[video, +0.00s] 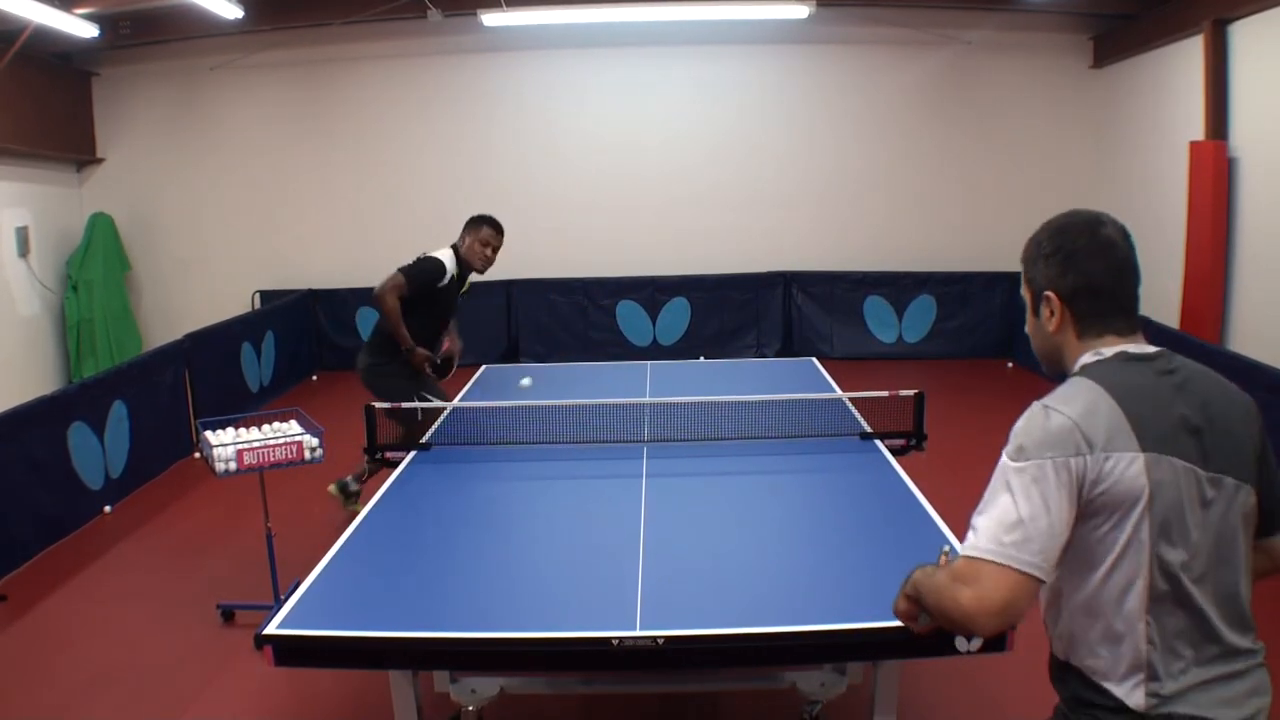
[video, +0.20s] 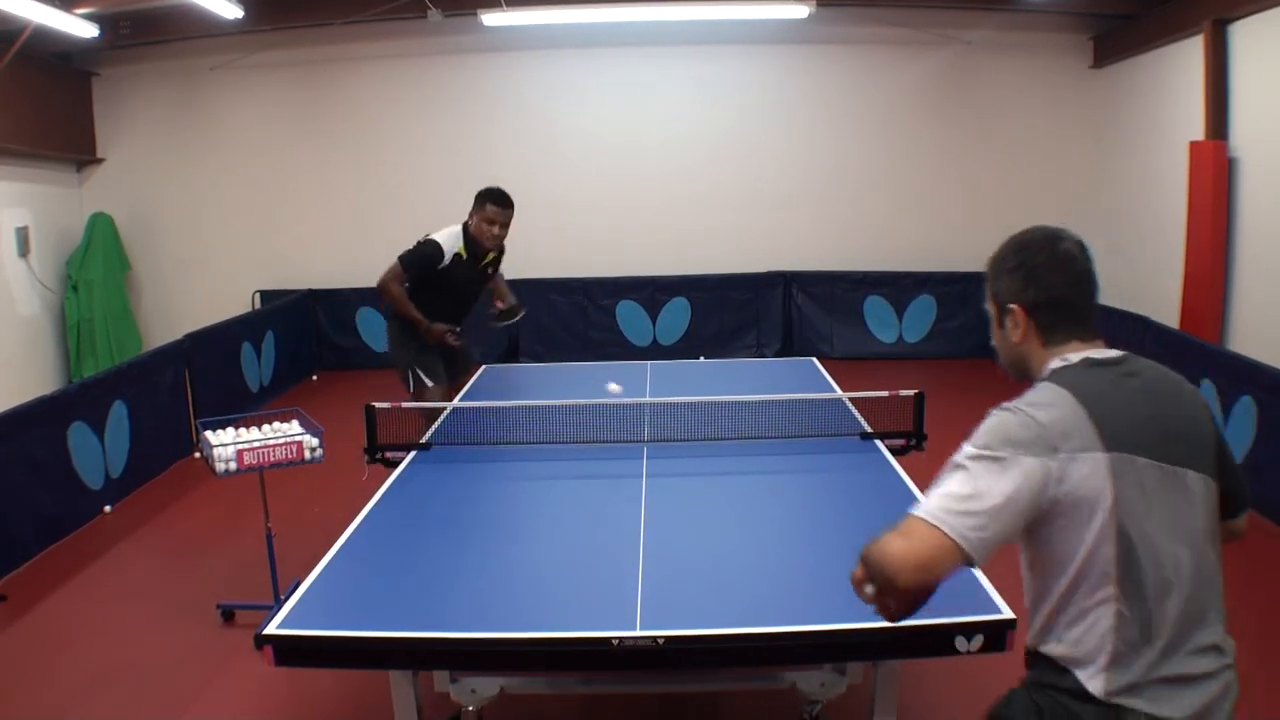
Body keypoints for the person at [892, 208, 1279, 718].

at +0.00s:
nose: (1028, 328)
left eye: (1028, 309)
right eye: (1027, 310)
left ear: (1053, 311)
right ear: (1127, 297)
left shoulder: (1064, 421)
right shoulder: (1232, 403)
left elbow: (983, 605)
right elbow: (1266, 551)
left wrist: (924, 578)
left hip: (1119, 702)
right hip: (1243, 696)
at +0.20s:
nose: (993, 339)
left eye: (992, 321)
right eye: (991, 321)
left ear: (1018, 322)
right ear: (1086, 306)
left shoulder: (1038, 419)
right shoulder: (1182, 397)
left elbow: (904, 565)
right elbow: (1232, 522)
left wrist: (879, 569)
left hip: (1092, 697)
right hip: (1205, 694)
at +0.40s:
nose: (885, 372)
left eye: (884, 356)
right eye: (884, 356)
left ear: (901, 355)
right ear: (978, 346)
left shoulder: (892, 440)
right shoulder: (1076, 417)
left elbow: (737, 529)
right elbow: (1177, 526)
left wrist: (797, 553)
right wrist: (1163, 563)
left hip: (971, 702)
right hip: (1100, 695)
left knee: (891, 696)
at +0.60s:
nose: (823, 391)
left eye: (823, 383)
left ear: (830, 394)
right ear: (919, 380)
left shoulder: (797, 472)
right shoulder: (992, 440)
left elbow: (728, 509)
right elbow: (1116, 558)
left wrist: (791, 486)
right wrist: (1152, 607)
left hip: (883, 712)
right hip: (1024, 706)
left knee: (821, 693)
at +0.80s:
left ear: (855, 361)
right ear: (948, 348)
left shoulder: (822, 447)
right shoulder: (1026, 419)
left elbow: (781, 483)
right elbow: (1142, 554)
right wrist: (1144, 613)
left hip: (903, 709)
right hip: (1045, 703)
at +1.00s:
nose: (963, 370)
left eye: (964, 357)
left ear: (976, 366)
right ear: (1065, 353)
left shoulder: (942, 473)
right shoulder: (1162, 453)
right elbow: (1241, 577)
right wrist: (1176, 589)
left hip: (991, 708)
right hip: (1132, 709)